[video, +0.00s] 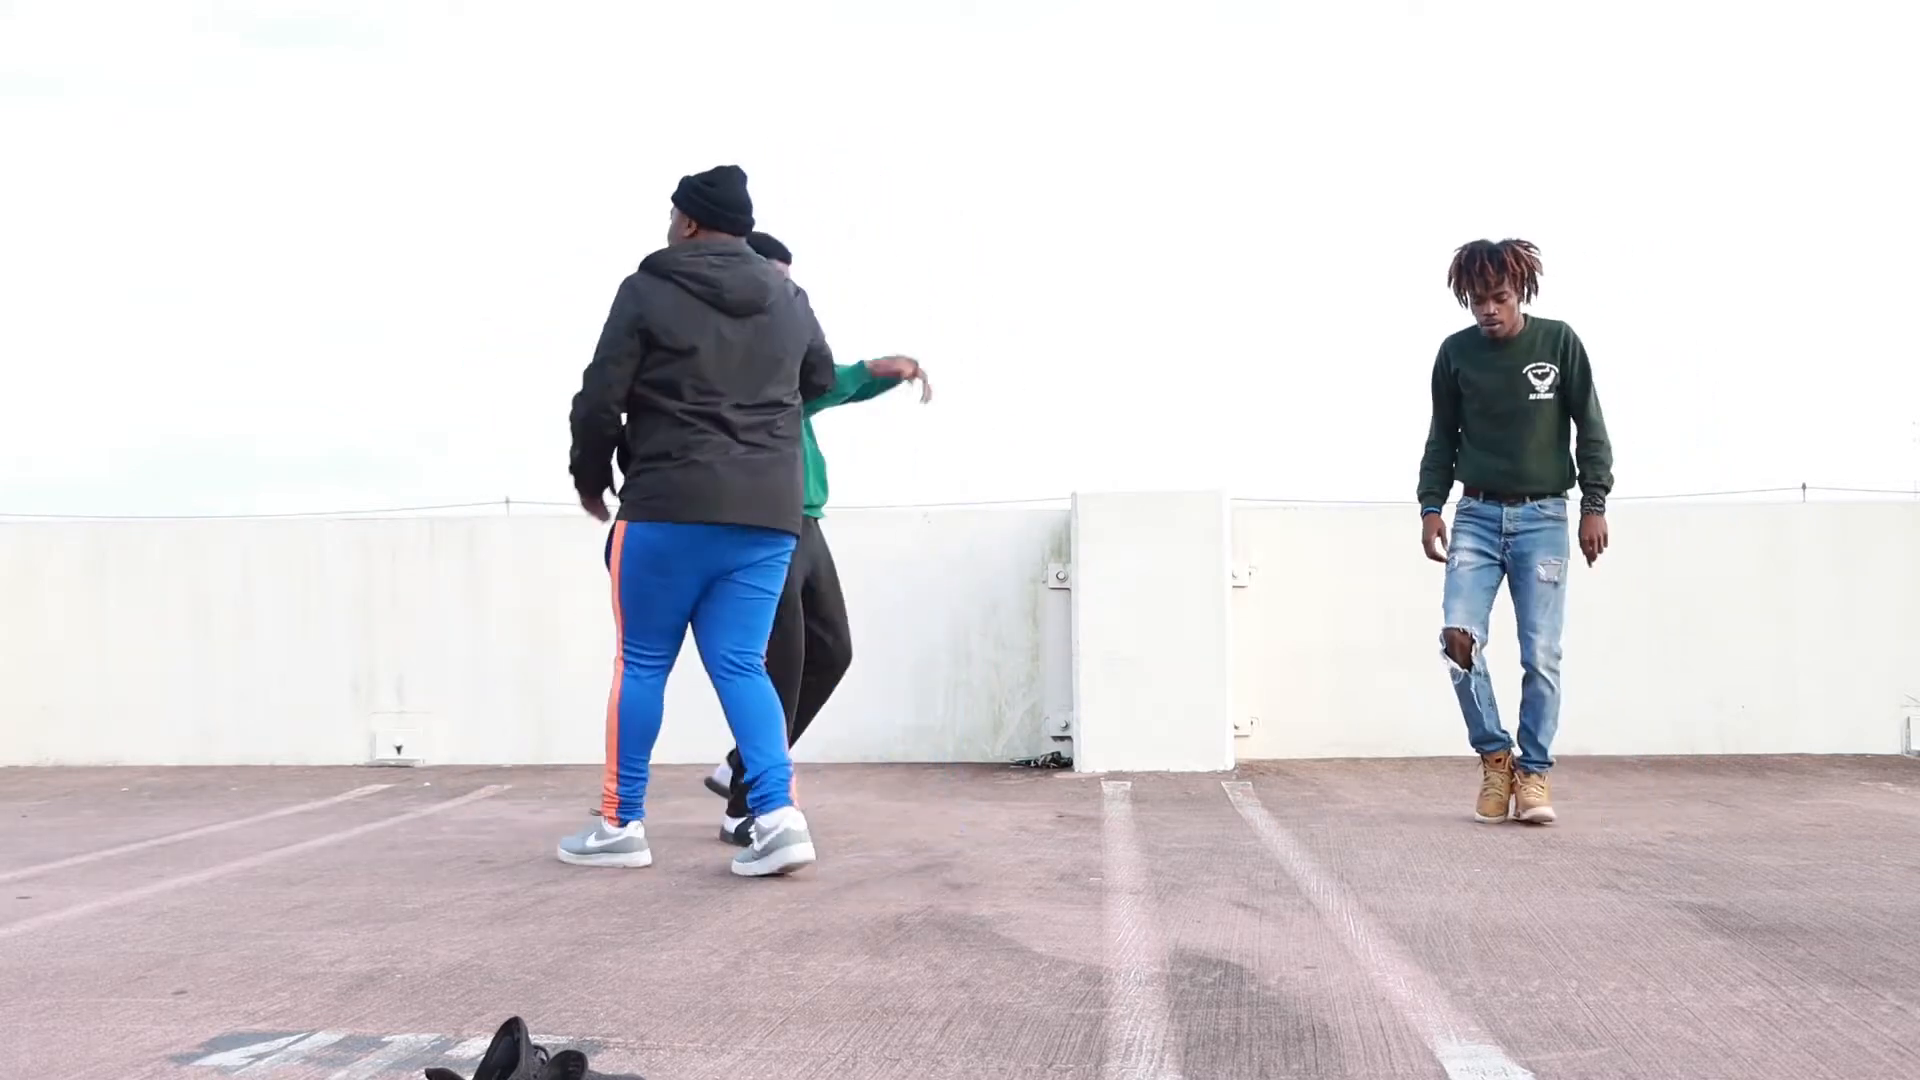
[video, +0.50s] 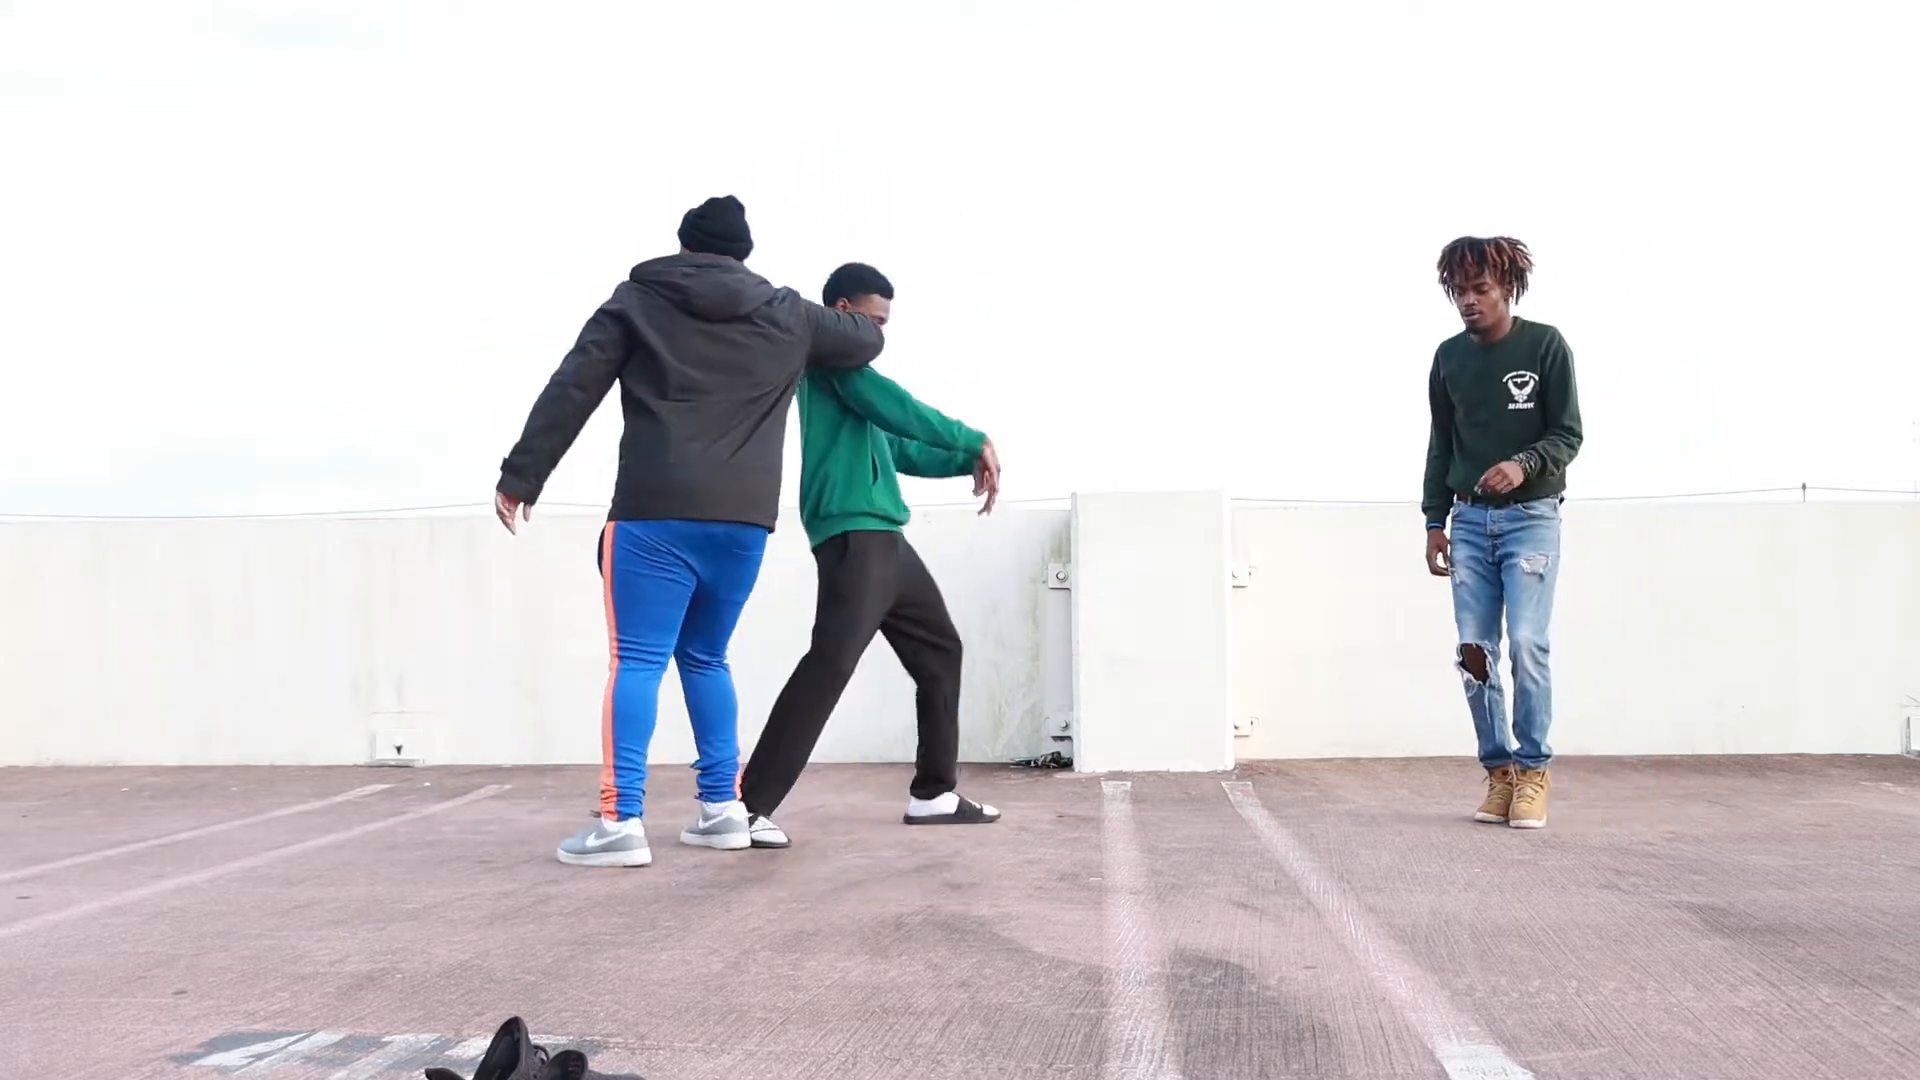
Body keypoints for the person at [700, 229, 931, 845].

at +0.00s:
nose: (786, 294)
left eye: (787, 283)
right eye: (776, 283)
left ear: (782, 283)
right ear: (747, 282)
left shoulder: (778, 341)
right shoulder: (728, 341)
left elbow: (808, 392)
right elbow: (789, 391)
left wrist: (874, 373)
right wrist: (868, 371)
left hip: (807, 522)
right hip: (769, 526)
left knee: (831, 653)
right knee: (782, 673)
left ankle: (743, 766)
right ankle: (748, 808)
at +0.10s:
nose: (802, 291)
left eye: (804, 281)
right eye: (793, 279)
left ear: (783, 277)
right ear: (757, 272)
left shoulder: (782, 331)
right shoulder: (754, 329)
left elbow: (819, 391)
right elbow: (823, 388)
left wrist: (895, 340)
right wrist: (900, 339)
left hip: (809, 518)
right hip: (779, 519)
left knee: (850, 641)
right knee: (776, 660)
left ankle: (801, 782)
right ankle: (748, 801)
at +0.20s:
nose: (820, 292)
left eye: (822, 281)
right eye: (812, 279)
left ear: (781, 275)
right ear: (775, 270)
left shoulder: (783, 325)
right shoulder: (770, 322)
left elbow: (841, 373)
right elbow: (849, 375)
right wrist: (923, 325)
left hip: (812, 511)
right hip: (788, 511)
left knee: (860, 639)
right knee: (780, 656)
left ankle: (864, 785)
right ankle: (749, 810)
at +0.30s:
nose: (839, 299)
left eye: (840, 289)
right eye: (831, 287)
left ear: (801, 280)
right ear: (796, 276)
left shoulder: (804, 335)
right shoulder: (782, 322)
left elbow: (864, 387)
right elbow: (861, 372)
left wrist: (941, 349)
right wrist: (947, 344)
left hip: (828, 512)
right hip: (803, 511)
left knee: (867, 645)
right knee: (790, 657)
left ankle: (910, 778)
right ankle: (751, 810)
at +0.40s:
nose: (859, 316)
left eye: (861, 306)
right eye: (851, 304)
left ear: (827, 297)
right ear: (817, 293)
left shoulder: (825, 354)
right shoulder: (805, 334)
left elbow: (886, 413)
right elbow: (877, 383)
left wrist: (965, 404)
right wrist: (967, 394)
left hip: (853, 521)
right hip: (827, 519)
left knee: (897, 650)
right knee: (809, 659)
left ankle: (924, 791)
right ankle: (750, 807)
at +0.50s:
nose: (881, 331)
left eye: (886, 321)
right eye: (875, 319)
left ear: (855, 314)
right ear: (841, 308)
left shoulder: (854, 376)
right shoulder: (829, 350)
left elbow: (897, 450)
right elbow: (881, 400)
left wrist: (967, 463)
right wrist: (972, 439)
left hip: (884, 533)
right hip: (854, 528)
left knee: (940, 653)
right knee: (831, 662)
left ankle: (934, 795)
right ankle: (749, 807)